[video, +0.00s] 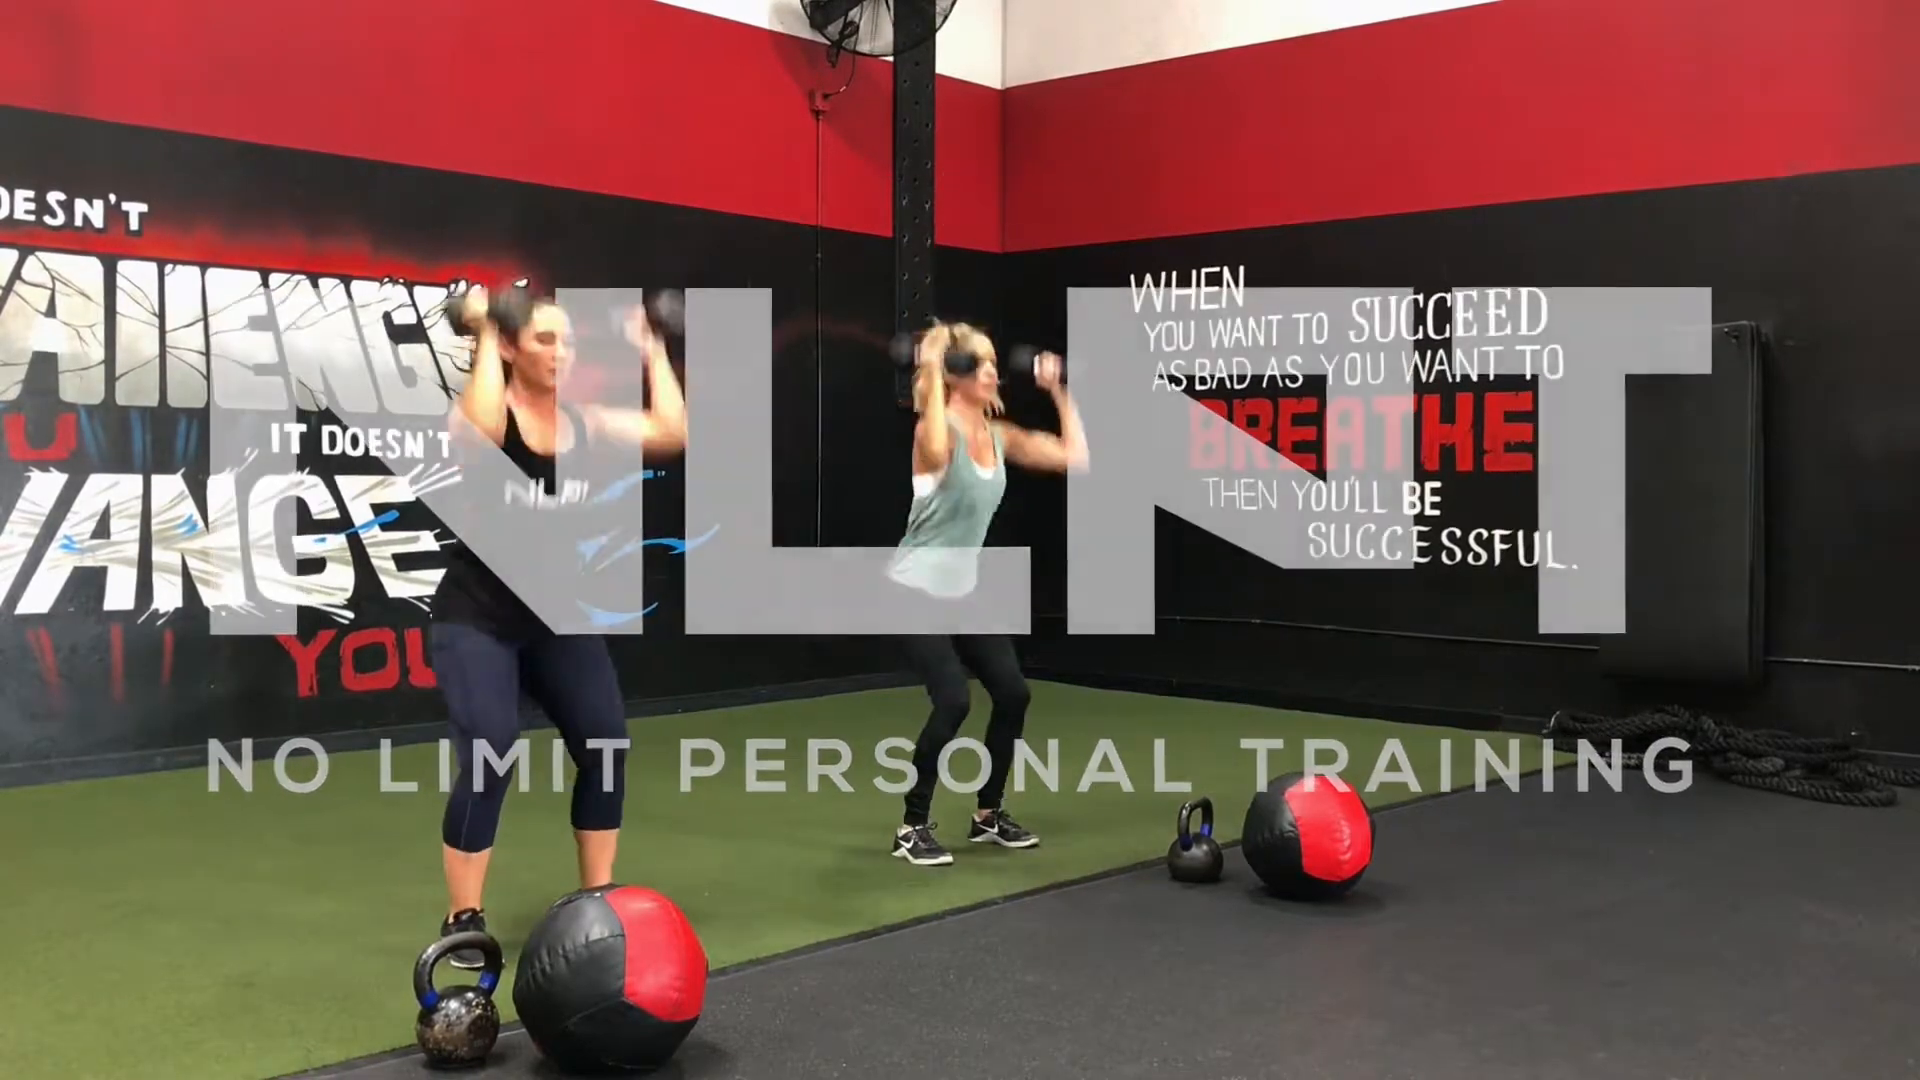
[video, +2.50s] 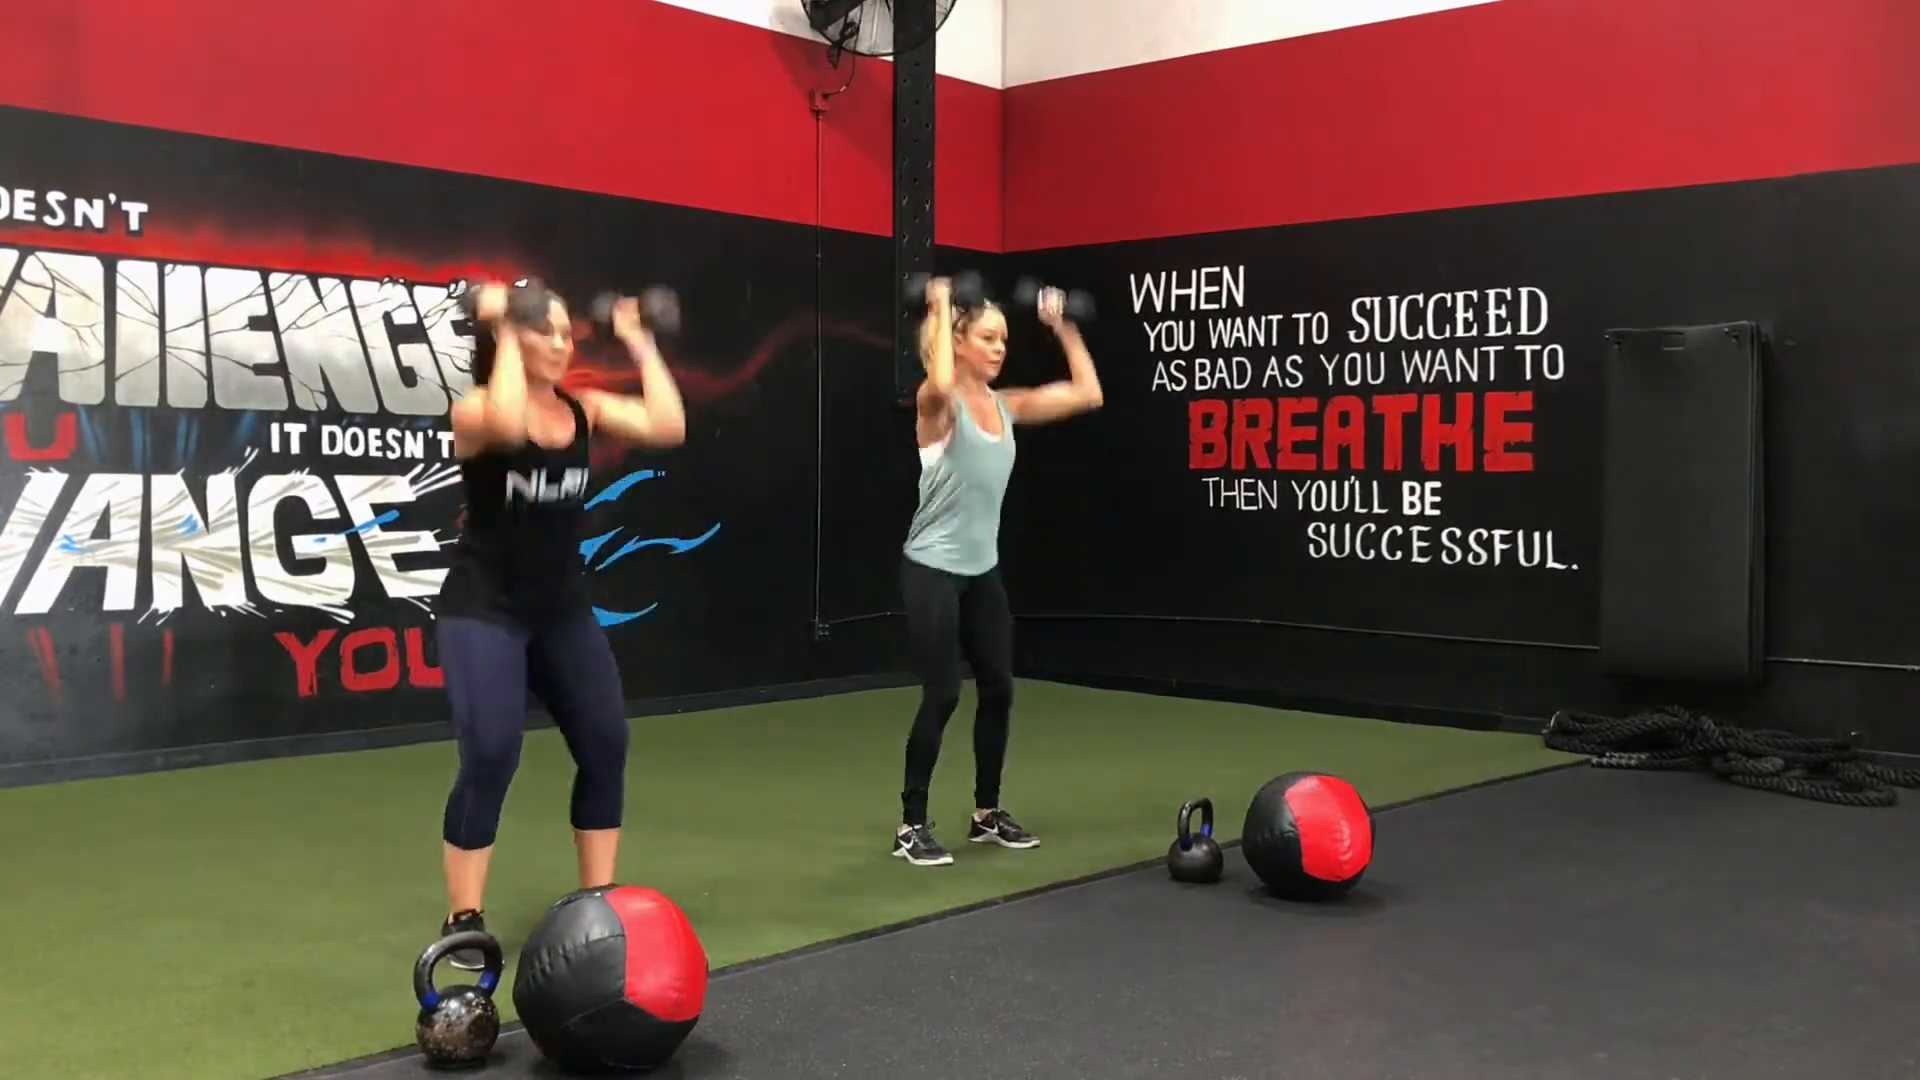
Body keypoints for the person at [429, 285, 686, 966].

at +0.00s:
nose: (560, 352)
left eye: (565, 340)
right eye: (545, 340)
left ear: (571, 348)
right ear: (508, 347)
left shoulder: (585, 420)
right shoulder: (480, 414)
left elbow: (671, 432)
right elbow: (483, 423)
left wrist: (653, 349)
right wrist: (487, 331)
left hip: (561, 615)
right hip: (477, 615)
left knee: (606, 742)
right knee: (487, 749)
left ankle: (597, 905)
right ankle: (465, 922)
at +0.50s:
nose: (579, 418)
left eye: (582, 407)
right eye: (562, 408)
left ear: (587, 415)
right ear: (524, 419)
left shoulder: (596, 486)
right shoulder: (495, 482)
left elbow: (666, 555)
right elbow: (511, 561)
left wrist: (658, 472)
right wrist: (500, 467)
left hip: (547, 653)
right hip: (468, 655)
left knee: (632, 758)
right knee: (491, 774)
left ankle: (596, 910)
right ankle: (465, 928)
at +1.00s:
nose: (572, 409)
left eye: (577, 398)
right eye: (556, 397)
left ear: (584, 408)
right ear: (519, 404)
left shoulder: (589, 479)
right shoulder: (488, 472)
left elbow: (660, 544)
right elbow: (500, 549)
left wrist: (655, 463)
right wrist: (499, 459)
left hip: (543, 647)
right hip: (463, 645)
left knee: (623, 748)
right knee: (485, 764)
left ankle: (595, 908)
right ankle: (464, 924)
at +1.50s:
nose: (566, 366)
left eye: (571, 353)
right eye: (551, 355)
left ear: (579, 364)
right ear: (517, 367)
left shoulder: (591, 433)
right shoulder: (482, 428)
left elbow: (667, 476)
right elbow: (522, 471)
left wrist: (650, 393)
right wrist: (508, 382)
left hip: (553, 621)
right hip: (473, 621)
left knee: (613, 746)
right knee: (488, 757)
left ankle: (598, 910)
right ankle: (464, 928)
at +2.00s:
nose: (579, 436)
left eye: (582, 424)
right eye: (563, 425)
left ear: (589, 432)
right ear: (521, 434)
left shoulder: (590, 503)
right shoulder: (489, 501)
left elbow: (651, 582)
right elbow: (505, 593)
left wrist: (652, 497)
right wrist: (506, 495)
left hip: (541, 663)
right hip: (458, 662)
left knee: (625, 752)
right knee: (487, 768)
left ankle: (594, 906)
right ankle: (465, 925)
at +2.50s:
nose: (559, 344)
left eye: (565, 333)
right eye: (545, 332)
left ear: (571, 340)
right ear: (509, 338)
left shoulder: (583, 407)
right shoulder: (472, 409)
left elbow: (667, 426)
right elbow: (510, 425)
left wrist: (639, 342)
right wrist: (499, 332)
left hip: (563, 607)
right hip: (484, 609)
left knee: (606, 740)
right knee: (491, 751)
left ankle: (598, 909)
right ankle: (465, 923)